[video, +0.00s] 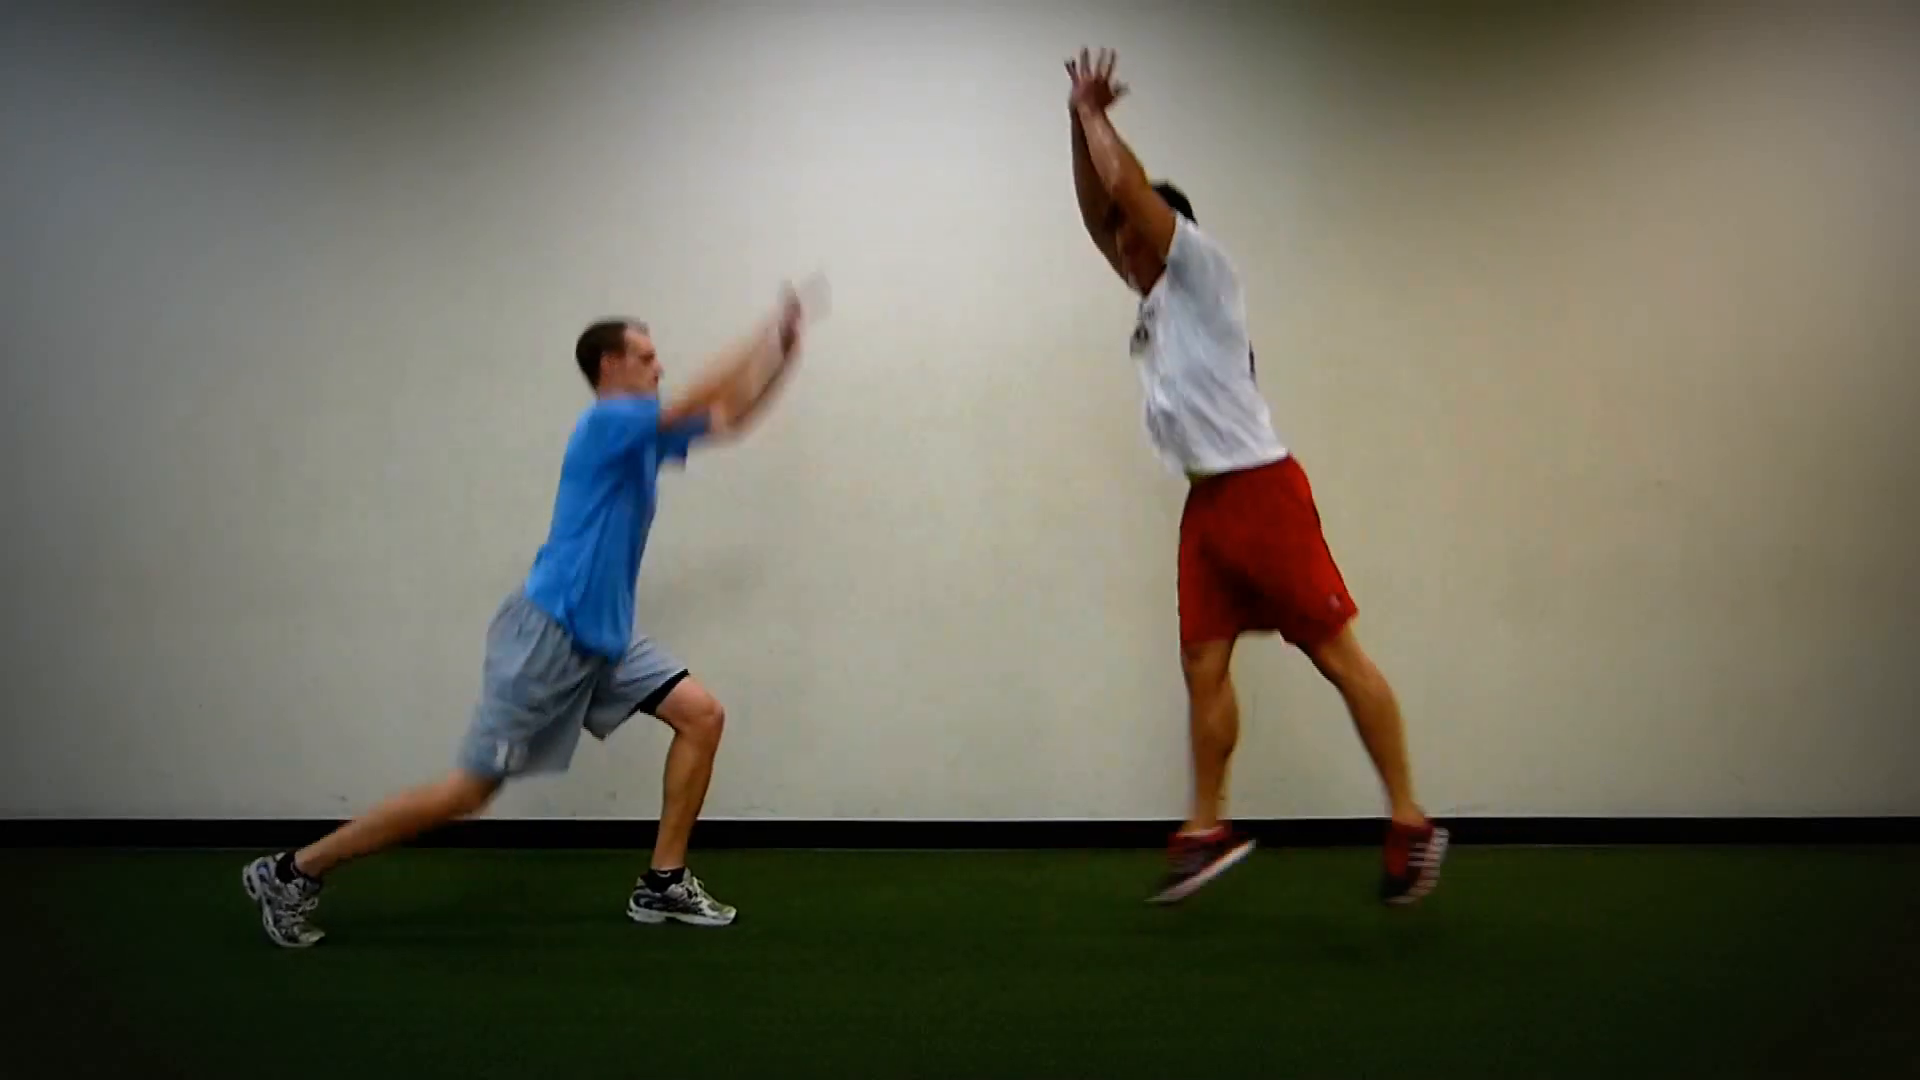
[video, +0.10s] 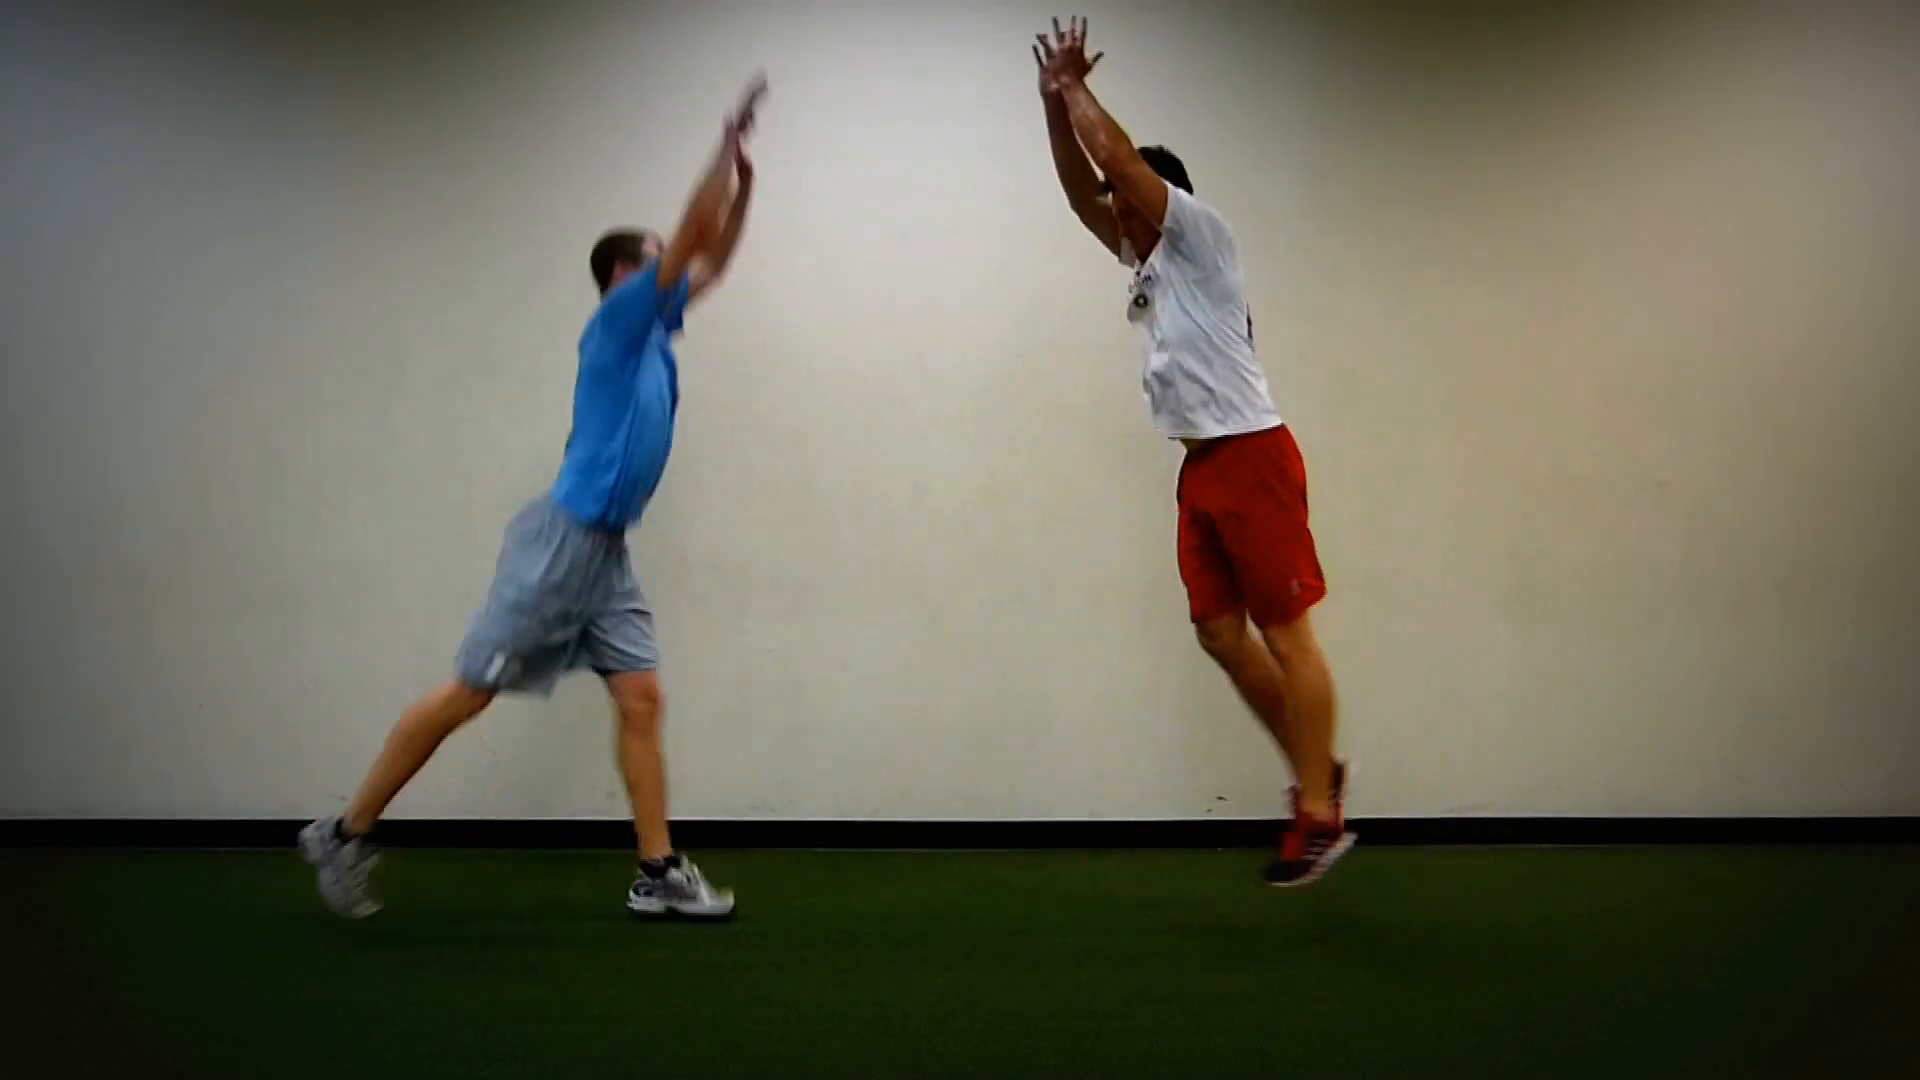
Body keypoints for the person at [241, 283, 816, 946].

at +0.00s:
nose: (660, 364)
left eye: (656, 354)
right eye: (647, 355)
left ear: (632, 366)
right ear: (612, 366)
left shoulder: (643, 430)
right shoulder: (607, 420)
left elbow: (729, 418)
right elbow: (696, 405)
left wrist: (784, 359)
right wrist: (765, 337)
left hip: (604, 637)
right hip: (550, 632)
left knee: (700, 715)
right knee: (466, 795)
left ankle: (665, 881)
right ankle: (292, 872)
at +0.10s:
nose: (669, 266)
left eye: (668, 257)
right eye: (658, 257)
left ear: (644, 275)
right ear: (627, 271)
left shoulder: (655, 333)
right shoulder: (617, 325)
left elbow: (711, 264)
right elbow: (687, 242)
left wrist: (745, 189)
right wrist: (726, 153)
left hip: (606, 555)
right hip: (557, 543)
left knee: (641, 701)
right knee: (465, 696)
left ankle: (659, 870)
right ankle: (345, 835)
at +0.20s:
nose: (679, 212)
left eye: (679, 202)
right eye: (667, 200)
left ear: (659, 211)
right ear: (639, 204)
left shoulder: (657, 265)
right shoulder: (618, 255)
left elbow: (702, 172)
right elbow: (674, 159)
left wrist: (731, 85)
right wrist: (707, 61)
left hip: (616, 487)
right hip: (576, 475)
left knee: (582, 656)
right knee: (514, 647)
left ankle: (574, 823)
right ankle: (413, 799)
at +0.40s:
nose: (680, 210)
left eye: (681, 198)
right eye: (667, 196)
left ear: (665, 211)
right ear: (632, 200)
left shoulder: (660, 255)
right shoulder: (615, 246)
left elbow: (725, 215)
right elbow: (669, 170)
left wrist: (781, 164)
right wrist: (732, 77)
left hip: (590, 471)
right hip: (585, 470)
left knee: (535, 633)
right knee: (630, 644)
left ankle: (408, 747)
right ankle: (601, 822)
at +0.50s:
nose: (679, 252)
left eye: (682, 243)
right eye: (669, 241)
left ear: (644, 247)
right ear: (631, 247)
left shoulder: (659, 316)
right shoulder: (613, 307)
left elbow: (720, 327)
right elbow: (646, 283)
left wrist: (797, 317)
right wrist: (715, 233)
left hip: (583, 516)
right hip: (587, 518)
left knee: (509, 673)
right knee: (674, 678)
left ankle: (377, 782)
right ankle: (683, 859)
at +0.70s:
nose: (694, 427)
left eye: (691, 416)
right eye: (683, 417)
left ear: (658, 426)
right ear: (645, 425)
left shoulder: (656, 500)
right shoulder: (629, 501)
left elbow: (608, 604)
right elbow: (585, 603)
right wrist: (582, 707)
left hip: (583, 678)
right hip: (596, 679)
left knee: (506, 839)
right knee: (747, 731)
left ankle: (334, 856)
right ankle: (697, 897)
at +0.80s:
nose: (695, 459)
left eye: (692, 449)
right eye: (683, 451)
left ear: (660, 462)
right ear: (646, 464)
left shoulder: (654, 538)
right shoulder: (625, 542)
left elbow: (625, 652)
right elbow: (581, 662)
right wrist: (569, 769)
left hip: (589, 710)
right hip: (591, 710)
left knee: (508, 874)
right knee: (749, 735)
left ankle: (341, 857)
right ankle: (697, 897)